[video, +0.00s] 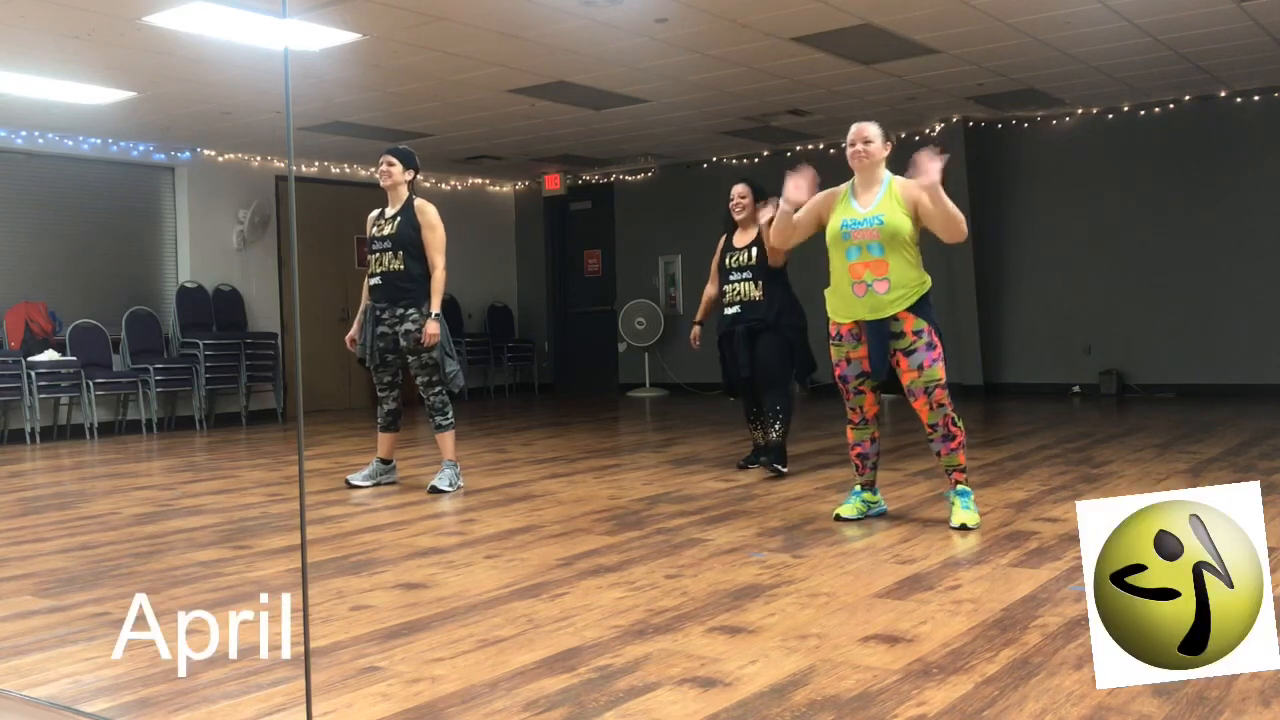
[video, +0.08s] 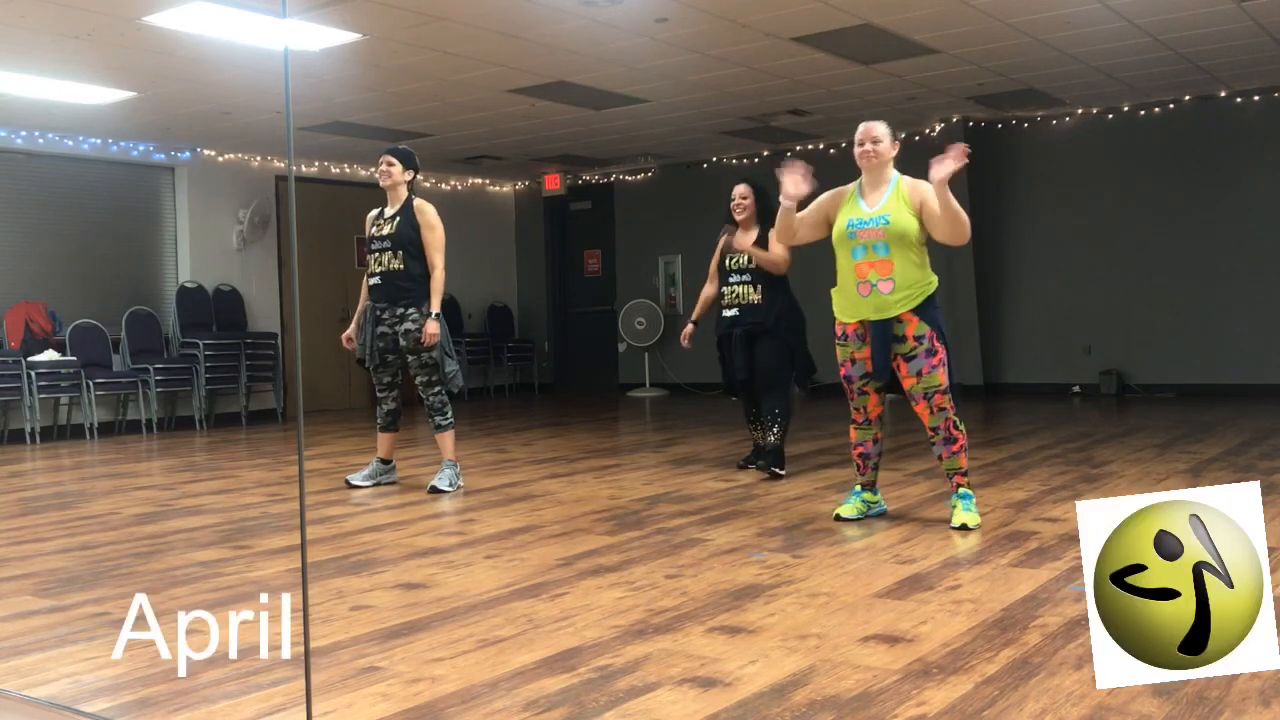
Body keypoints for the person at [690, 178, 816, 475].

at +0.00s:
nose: (736, 202)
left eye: (742, 197)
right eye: (732, 199)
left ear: (757, 201)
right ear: (728, 206)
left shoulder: (769, 232)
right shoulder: (726, 240)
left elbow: (778, 260)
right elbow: (713, 285)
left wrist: (767, 225)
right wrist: (698, 321)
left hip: (772, 322)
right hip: (737, 326)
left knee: (774, 382)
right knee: (748, 385)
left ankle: (776, 450)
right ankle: (759, 447)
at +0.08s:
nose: (737, 203)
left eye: (743, 198)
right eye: (733, 199)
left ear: (757, 202)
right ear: (729, 205)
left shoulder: (773, 232)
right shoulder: (727, 238)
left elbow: (781, 265)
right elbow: (712, 283)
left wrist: (749, 249)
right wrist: (693, 320)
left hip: (771, 324)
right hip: (736, 326)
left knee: (773, 384)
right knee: (746, 387)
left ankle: (774, 452)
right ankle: (759, 448)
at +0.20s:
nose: (738, 202)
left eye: (745, 198)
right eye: (735, 198)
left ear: (759, 203)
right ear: (731, 205)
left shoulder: (773, 235)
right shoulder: (726, 240)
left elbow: (784, 270)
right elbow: (713, 282)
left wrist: (746, 280)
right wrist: (697, 313)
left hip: (770, 327)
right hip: (736, 328)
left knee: (770, 387)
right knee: (746, 387)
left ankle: (773, 454)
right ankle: (759, 447)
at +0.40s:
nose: (741, 199)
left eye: (748, 194)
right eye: (737, 194)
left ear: (762, 200)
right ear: (733, 201)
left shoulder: (776, 235)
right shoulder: (726, 236)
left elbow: (794, 274)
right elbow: (708, 276)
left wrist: (774, 313)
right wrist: (725, 277)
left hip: (770, 328)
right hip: (736, 330)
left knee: (770, 389)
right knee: (747, 389)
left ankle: (774, 456)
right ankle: (759, 447)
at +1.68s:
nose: (724, 197)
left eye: (731, 192)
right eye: (721, 192)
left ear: (746, 197)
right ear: (716, 198)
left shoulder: (763, 233)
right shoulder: (709, 231)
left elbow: (781, 277)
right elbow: (695, 270)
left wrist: (791, 321)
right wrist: (687, 290)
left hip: (756, 330)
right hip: (715, 331)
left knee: (763, 392)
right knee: (716, 393)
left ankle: (772, 459)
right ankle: (720, 457)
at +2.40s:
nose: (725, 199)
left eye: (732, 193)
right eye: (722, 194)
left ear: (748, 197)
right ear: (718, 200)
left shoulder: (761, 228)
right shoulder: (722, 233)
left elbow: (790, 263)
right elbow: (729, 277)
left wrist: (778, 309)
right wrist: (720, 312)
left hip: (760, 326)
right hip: (724, 327)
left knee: (767, 388)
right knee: (698, 378)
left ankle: (779, 459)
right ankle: (714, 442)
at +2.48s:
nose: (729, 198)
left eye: (736, 193)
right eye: (725, 193)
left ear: (752, 197)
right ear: (722, 198)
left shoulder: (765, 228)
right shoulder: (721, 232)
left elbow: (793, 262)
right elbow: (726, 274)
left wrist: (762, 277)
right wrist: (721, 310)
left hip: (764, 326)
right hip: (725, 327)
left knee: (769, 387)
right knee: (700, 376)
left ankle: (779, 457)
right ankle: (716, 438)